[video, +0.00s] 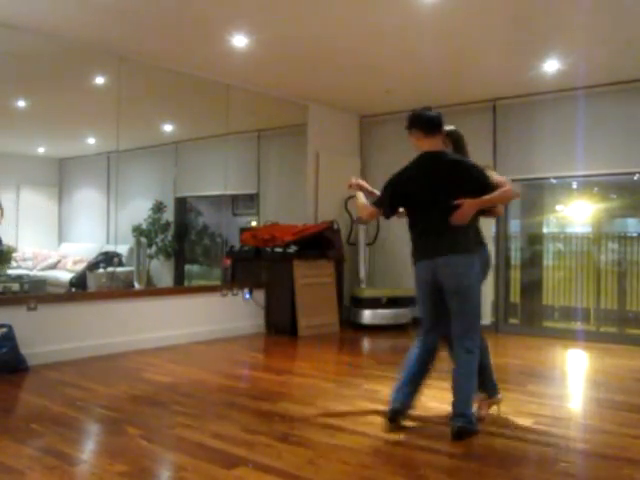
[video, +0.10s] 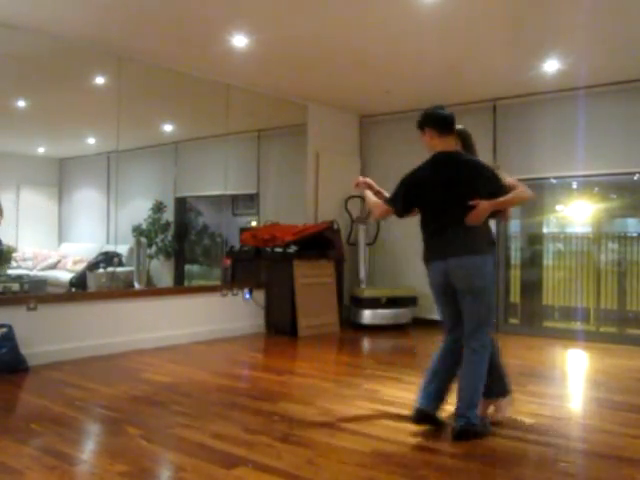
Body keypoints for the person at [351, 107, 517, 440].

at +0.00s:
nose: (412, 141)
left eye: (412, 136)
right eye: (413, 136)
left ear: (415, 136)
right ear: (443, 132)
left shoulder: (409, 174)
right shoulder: (462, 167)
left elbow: (368, 214)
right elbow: (509, 191)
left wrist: (358, 198)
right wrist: (476, 205)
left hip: (425, 263)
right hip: (462, 260)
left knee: (428, 333)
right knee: (466, 339)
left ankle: (398, 403)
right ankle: (462, 417)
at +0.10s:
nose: (423, 140)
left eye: (423, 135)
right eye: (423, 135)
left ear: (429, 134)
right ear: (455, 130)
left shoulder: (421, 174)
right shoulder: (474, 167)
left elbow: (382, 211)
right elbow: (523, 194)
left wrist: (368, 192)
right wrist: (490, 205)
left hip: (437, 263)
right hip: (474, 260)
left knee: (454, 335)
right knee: (478, 337)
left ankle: (426, 406)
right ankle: (467, 417)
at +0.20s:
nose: (434, 143)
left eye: (434, 137)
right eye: (434, 137)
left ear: (441, 135)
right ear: (466, 132)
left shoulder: (436, 174)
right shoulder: (488, 170)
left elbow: (395, 211)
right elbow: (532, 199)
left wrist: (372, 192)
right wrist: (503, 209)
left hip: (449, 263)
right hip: (485, 260)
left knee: (469, 337)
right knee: (484, 338)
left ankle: (458, 406)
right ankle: (467, 418)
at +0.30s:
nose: (446, 145)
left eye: (446, 138)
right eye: (445, 139)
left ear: (454, 137)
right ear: (476, 134)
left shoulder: (450, 175)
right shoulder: (500, 172)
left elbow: (411, 211)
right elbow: (539, 201)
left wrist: (388, 192)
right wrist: (515, 212)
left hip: (461, 268)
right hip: (496, 266)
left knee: (471, 340)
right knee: (493, 340)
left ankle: (489, 407)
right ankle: (468, 420)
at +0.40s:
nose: (457, 148)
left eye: (457, 141)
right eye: (456, 141)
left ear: (466, 139)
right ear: (486, 138)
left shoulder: (463, 177)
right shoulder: (510, 174)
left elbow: (423, 212)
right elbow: (546, 203)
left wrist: (399, 191)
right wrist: (527, 215)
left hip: (472, 268)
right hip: (507, 268)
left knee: (506, 333)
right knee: (494, 339)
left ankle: (520, 400)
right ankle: (469, 418)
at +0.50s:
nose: (468, 151)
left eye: (469, 144)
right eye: (468, 145)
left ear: (479, 141)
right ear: (497, 140)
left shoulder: (477, 178)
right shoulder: (521, 175)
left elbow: (438, 213)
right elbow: (548, 204)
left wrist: (409, 193)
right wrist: (536, 218)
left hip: (482, 266)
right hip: (517, 267)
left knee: (516, 329)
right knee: (503, 337)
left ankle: (537, 394)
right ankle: (470, 414)